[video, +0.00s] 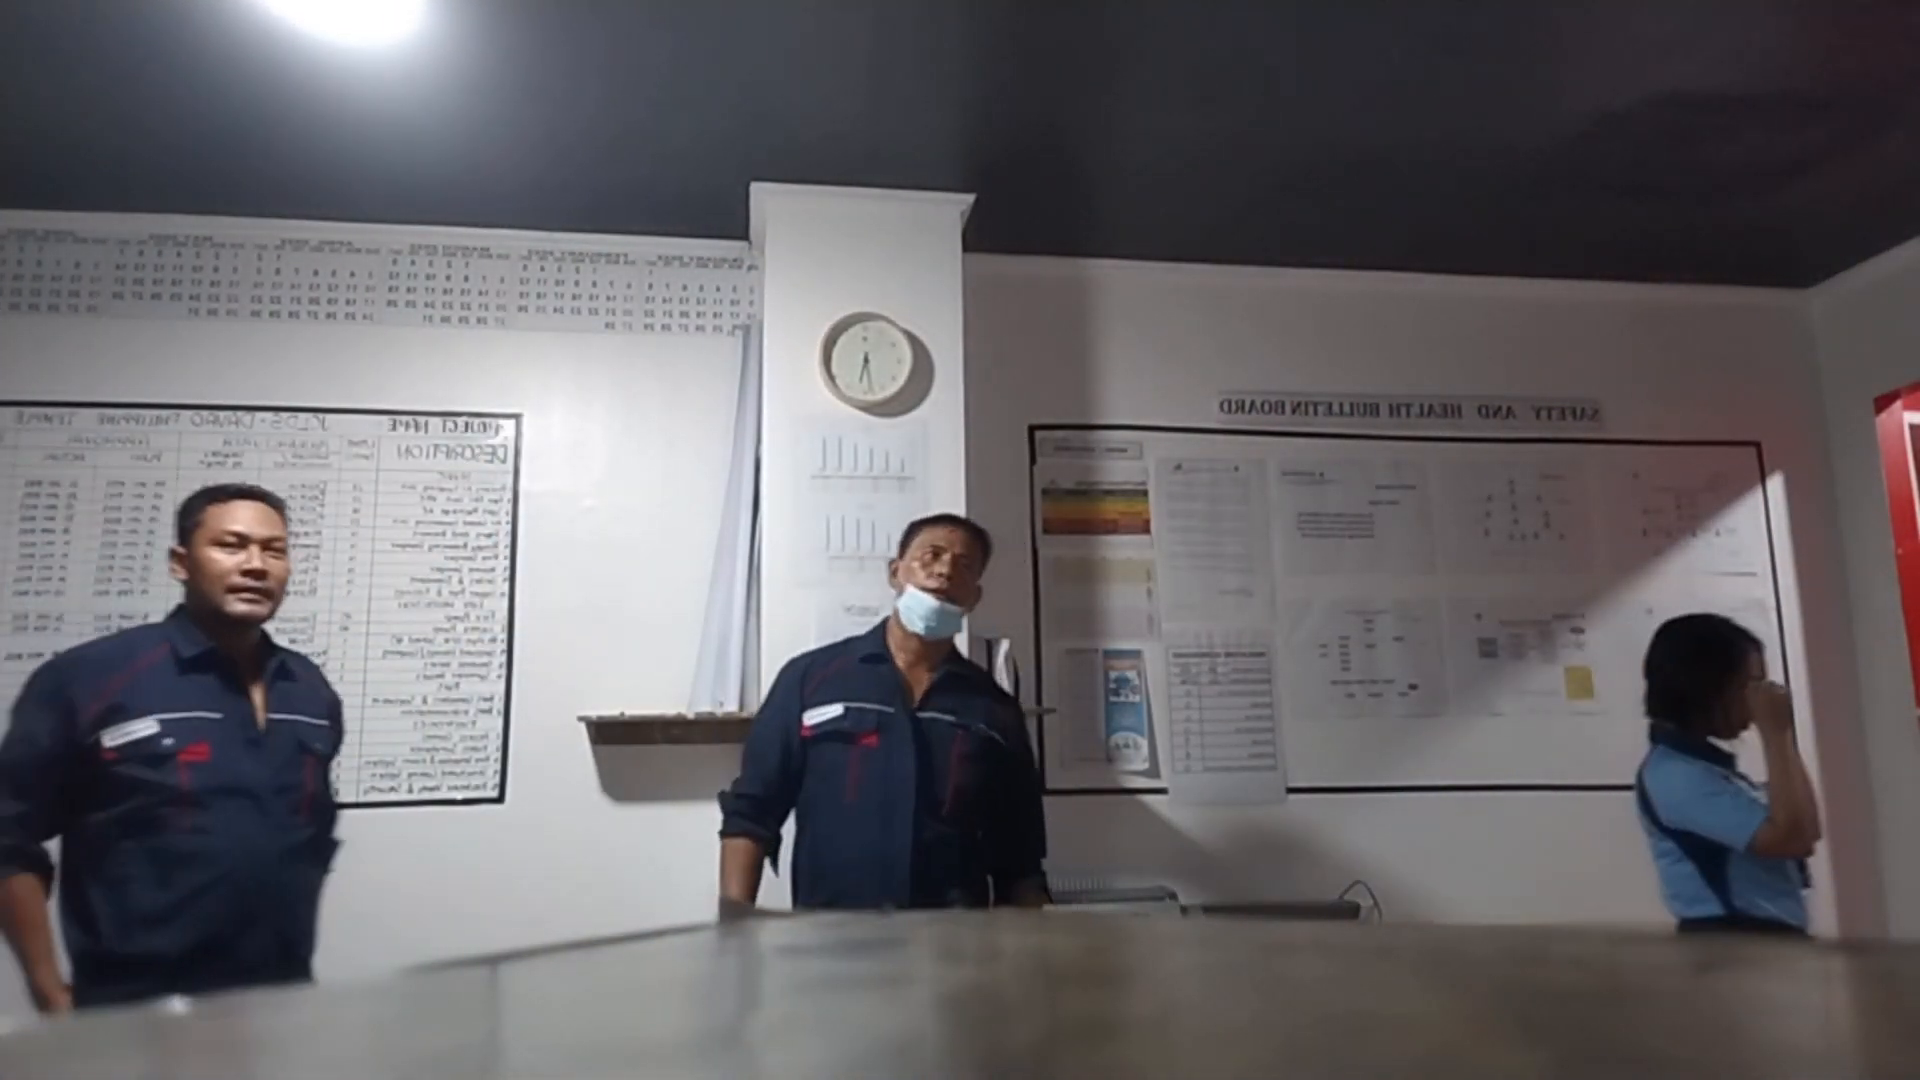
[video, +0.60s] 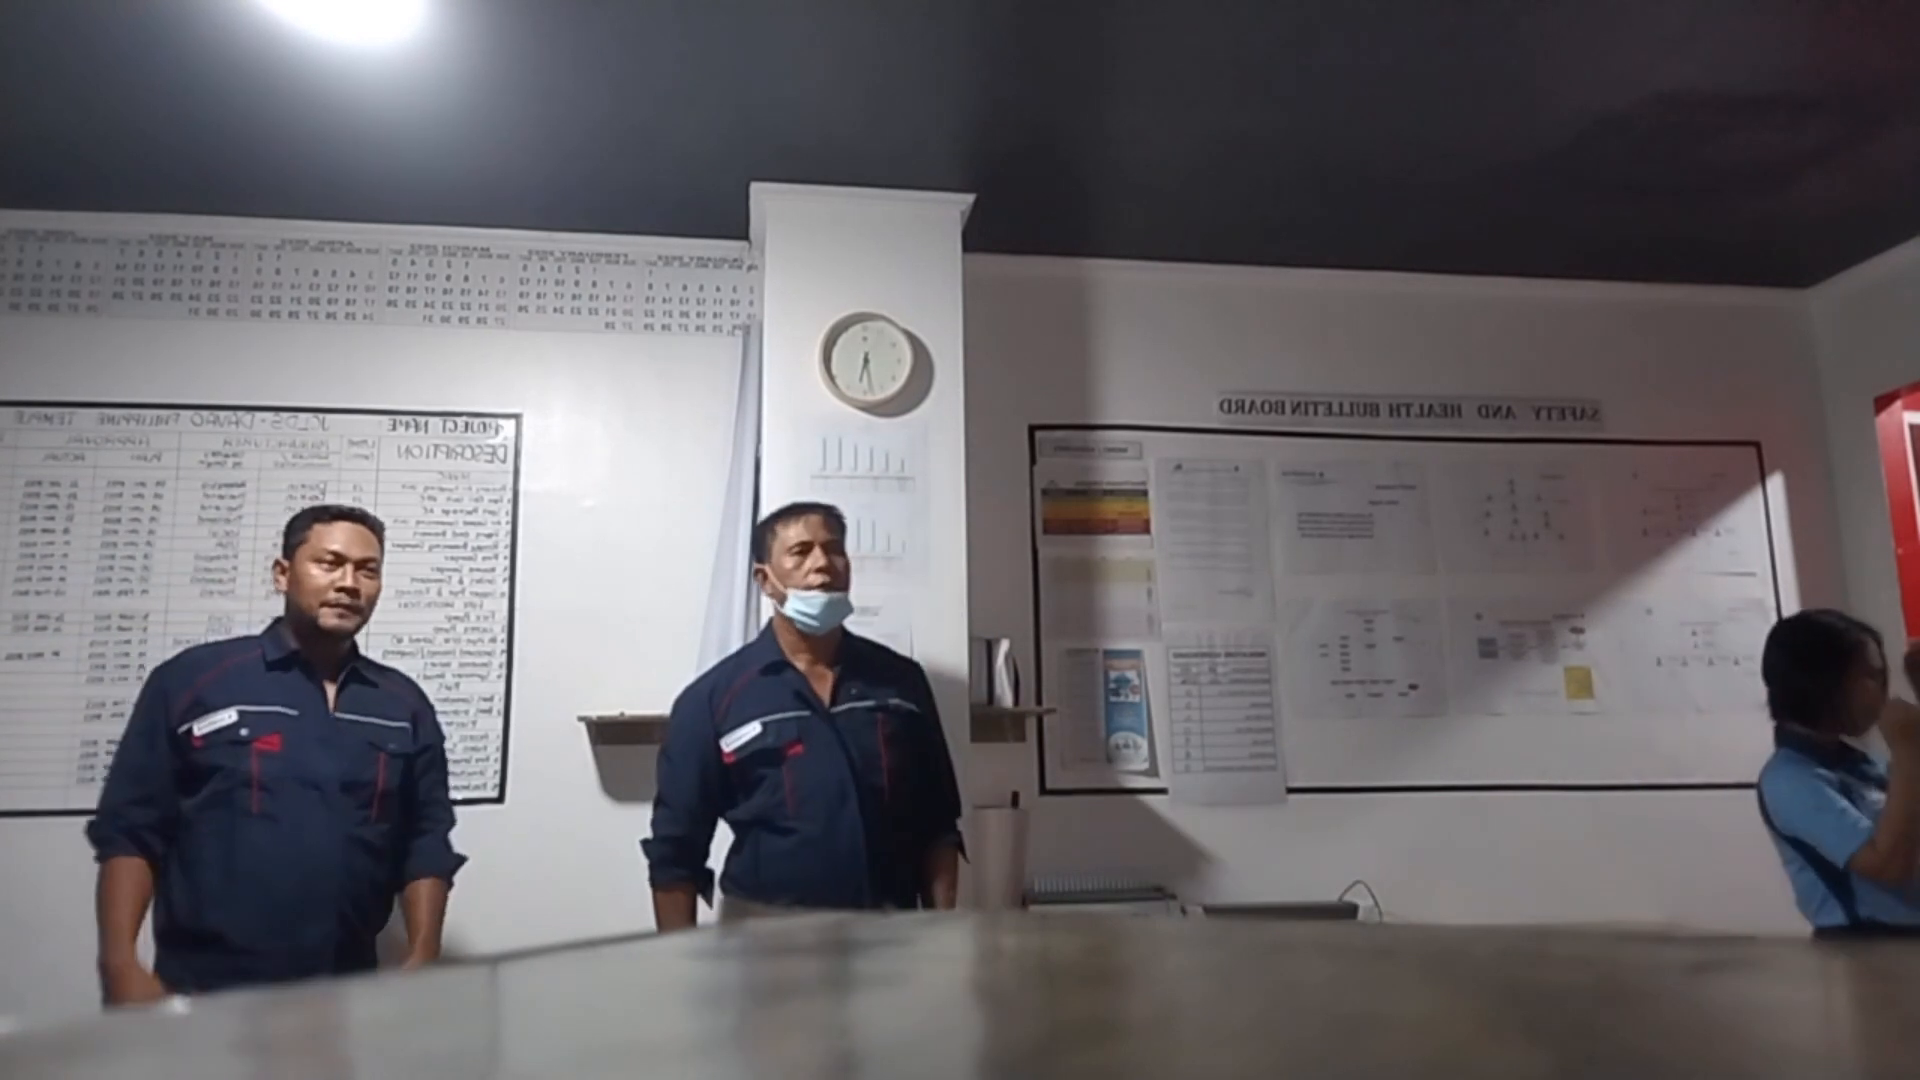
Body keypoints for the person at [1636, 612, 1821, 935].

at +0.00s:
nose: (1757, 698)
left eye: (1758, 683)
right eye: (1750, 683)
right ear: (1710, 685)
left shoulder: (1703, 769)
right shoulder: (1673, 776)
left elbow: (1805, 833)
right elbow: (1792, 838)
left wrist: (1782, 735)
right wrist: (1774, 732)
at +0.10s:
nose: (1784, 697)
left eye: (1785, 682)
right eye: (1776, 683)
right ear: (1736, 685)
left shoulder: (1732, 769)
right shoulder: (1699, 776)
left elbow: (1834, 832)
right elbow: (1820, 841)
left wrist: (1807, 733)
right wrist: (1800, 731)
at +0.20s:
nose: (1809, 694)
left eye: (1810, 679)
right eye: (1801, 680)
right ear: (1760, 683)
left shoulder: (1752, 766)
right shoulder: (1721, 774)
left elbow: (1857, 830)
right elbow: (1843, 842)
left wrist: (1829, 735)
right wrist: (1824, 731)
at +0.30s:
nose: (1833, 691)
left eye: (1832, 677)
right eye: (1824, 677)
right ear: (1782, 680)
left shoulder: (1778, 764)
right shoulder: (1741, 772)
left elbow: (1879, 826)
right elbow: (1866, 841)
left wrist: (1850, 734)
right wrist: (1844, 731)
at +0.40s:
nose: (1850, 691)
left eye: (1850, 676)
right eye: (1840, 677)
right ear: (1799, 681)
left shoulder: (1802, 765)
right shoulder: (1759, 775)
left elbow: (1906, 821)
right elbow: (1883, 845)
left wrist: (1879, 729)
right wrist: (1864, 728)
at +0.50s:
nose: (1866, 691)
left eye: (1865, 676)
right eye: (1855, 679)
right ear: (1812, 684)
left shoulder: (1825, 762)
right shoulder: (1772, 778)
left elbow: (1909, 822)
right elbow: (1892, 853)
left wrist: (1910, 728)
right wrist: (1886, 737)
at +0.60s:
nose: (1886, 689)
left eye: (1883, 676)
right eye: (1874, 676)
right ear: (1827, 682)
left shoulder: (1851, 762)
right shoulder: (1787, 782)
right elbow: (1891, 866)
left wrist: (1916, 695)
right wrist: (1905, 749)